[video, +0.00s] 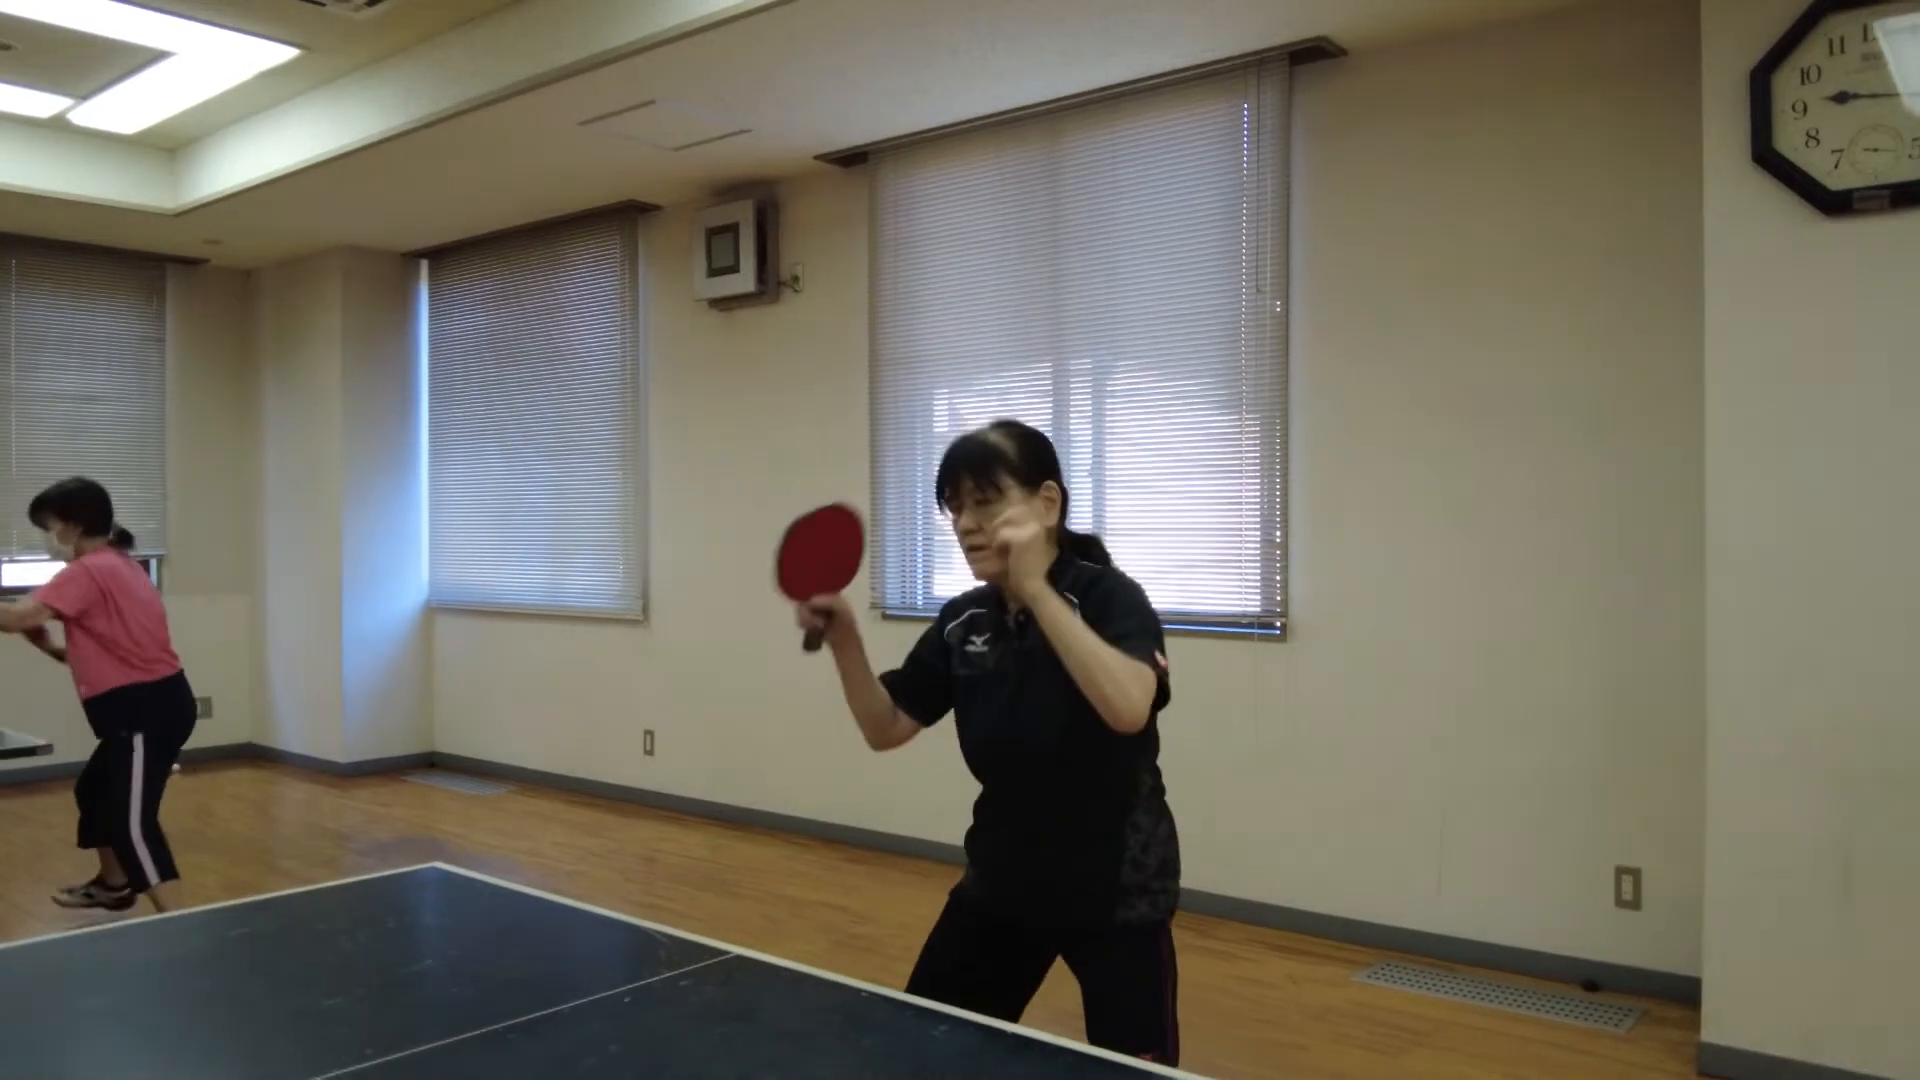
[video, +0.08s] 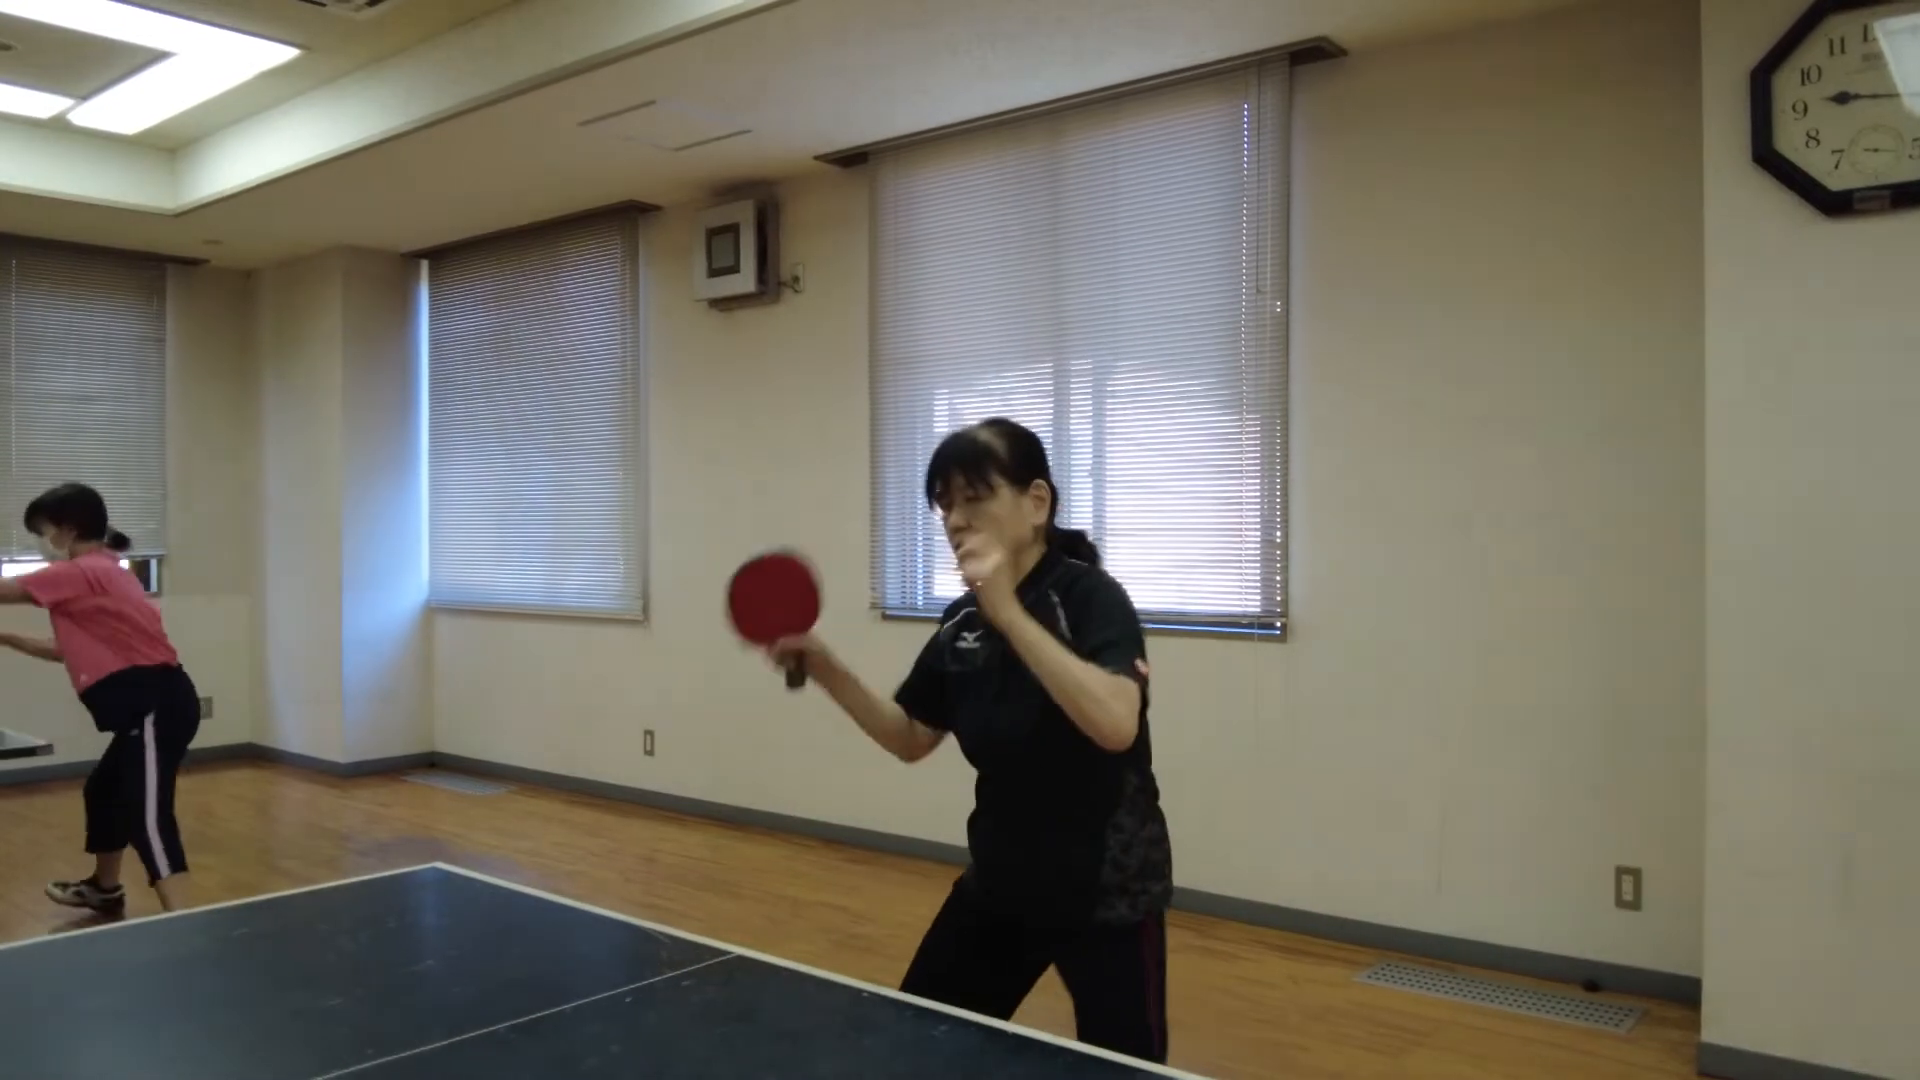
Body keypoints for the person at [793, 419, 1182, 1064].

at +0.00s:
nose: (965, 523)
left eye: (987, 501)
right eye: (956, 507)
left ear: (1049, 505)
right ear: (949, 518)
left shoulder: (1110, 600)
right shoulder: (964, 623)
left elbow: (1129, 707)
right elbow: (886, 728)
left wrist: (1035, 590)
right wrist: (845, 638)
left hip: (1115, 891)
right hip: (1005, 883)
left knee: (1140, 1076)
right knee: (919, 1049)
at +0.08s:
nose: (954, 518)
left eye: (976, 497)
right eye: (946, 504)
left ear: (1038, 503)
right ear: (939, 515)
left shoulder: (1092, 597)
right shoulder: (965, 621)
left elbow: (1116, 723)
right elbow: (910, 738)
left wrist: (1008, 613)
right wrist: (825, 668)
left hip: (1108, 888)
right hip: (1006, 880)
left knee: (1128, 1075)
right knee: (913, 1043)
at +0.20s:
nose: (927, 541)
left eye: (948, 518)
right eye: (920, 524)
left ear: (1008, 523)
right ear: (913, 532)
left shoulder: (1049, 613)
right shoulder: (975, 629)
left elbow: (1081, 743)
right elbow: (967, 771)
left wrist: (956, 661)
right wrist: (847, 753)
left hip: (1087, 910)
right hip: (1003, 897)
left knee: (1093, 1074)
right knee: (906, 1042)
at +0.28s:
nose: (909, 558)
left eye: (926, 535)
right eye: (901, 542)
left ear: (988, 534)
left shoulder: (1015, 614)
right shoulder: (980, 624)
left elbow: (1041, 736)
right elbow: (1009, 783)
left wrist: (920, 659)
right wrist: (905, 795)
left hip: (1072, 918)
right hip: (1003, 902)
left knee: (1072, 1072)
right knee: (900, 1035)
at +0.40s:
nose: (899, 560)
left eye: (911, 537)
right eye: (891, 545)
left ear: (973, 528)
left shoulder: (1008, 596)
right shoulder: (981, 610)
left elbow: (1014, 694)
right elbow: (1038, 757)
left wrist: (901, 611)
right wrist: (946, 771)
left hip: (1079, 903)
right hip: (1001, 889)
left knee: (1095, 1071)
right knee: (906, 1039)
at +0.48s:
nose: (915, 531)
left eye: (923, 509)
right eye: (908, 519)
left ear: (984, 501)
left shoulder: (1045, 573)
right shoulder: (1000, 596)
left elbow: (1024, 646)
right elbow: (1002, 736)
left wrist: (932, 554)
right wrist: (900, 729)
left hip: (1099, 881)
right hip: (1010, 872)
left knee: (1124, 1072)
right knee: (923, 1044)